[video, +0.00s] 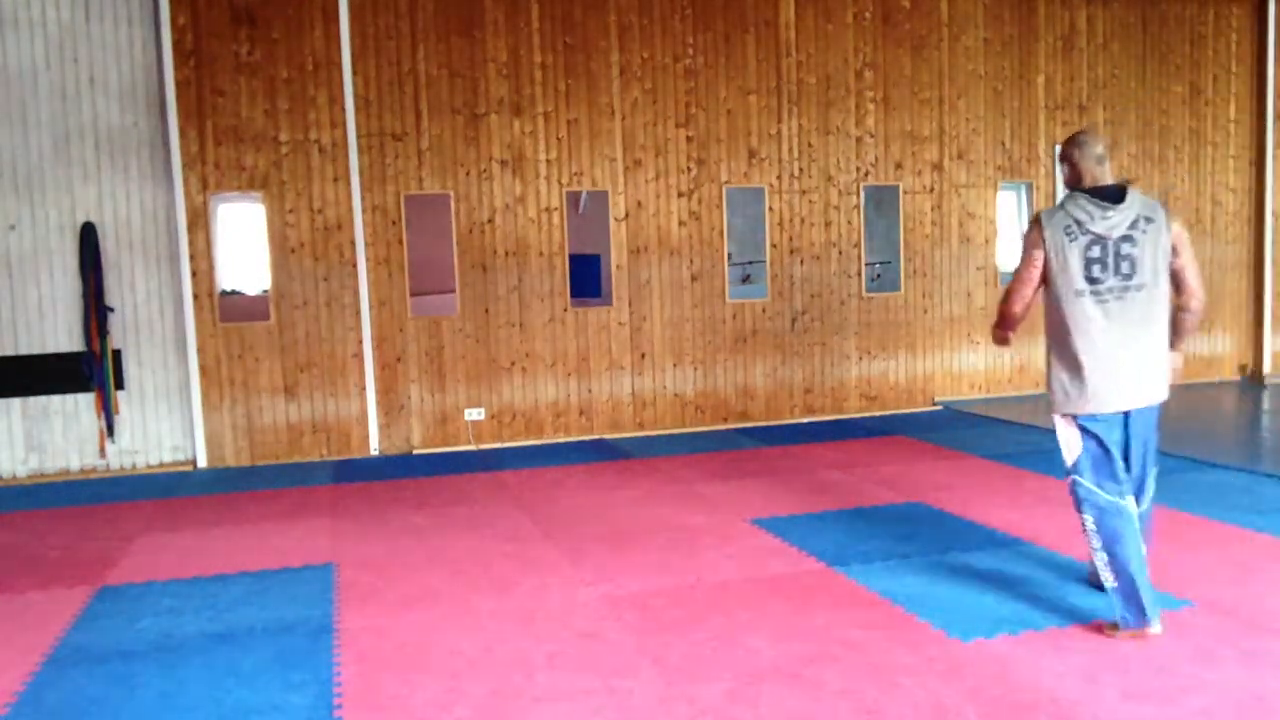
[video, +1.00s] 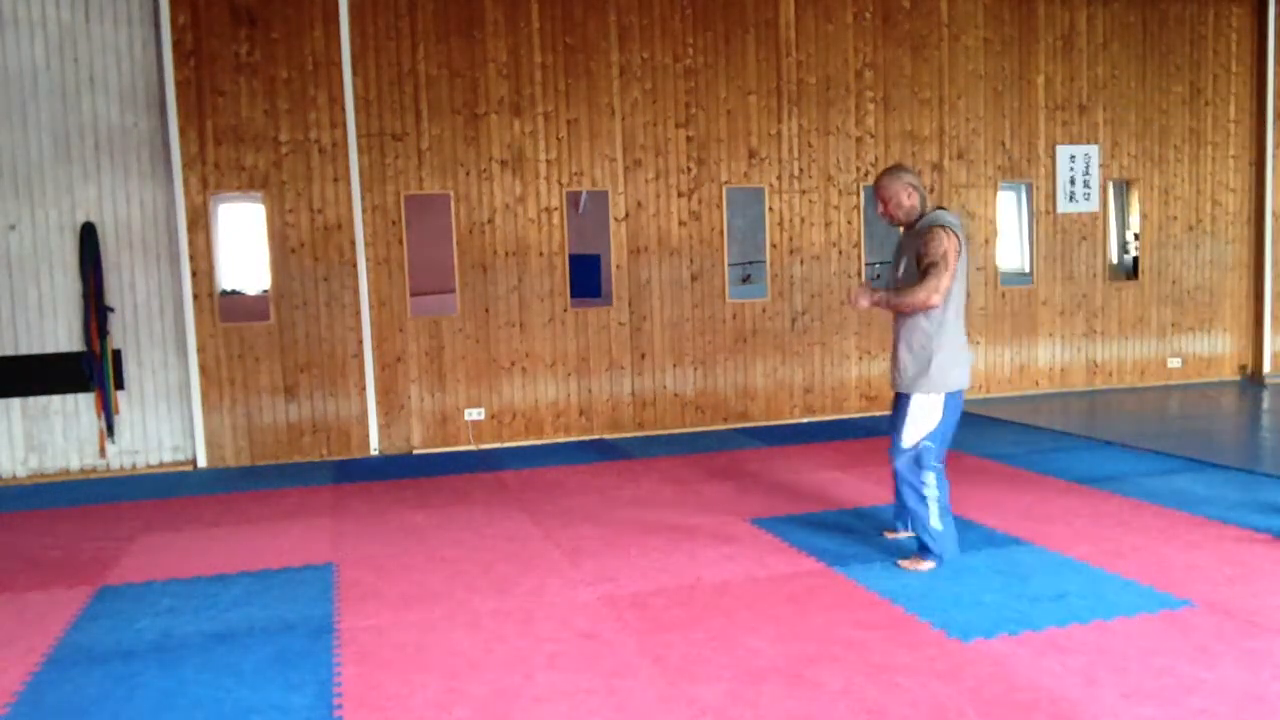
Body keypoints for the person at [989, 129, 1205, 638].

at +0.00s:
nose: (1063, 173)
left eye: (1063, 165)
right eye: (1067, 164)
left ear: (1068, 168)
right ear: (1111, 164)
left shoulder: (1050, 225)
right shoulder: (1160, 217)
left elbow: (1016, 305)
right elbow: (1193, 301)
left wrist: (1003, 330)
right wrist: (1174, 343)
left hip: (1085, 384)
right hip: (1147, 379)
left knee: (1102, 494)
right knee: (1138, 486)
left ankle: (1141, 613)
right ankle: (1115, 572)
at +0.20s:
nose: (1036, 178)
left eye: (1037, 171)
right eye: (1037, 170)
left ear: (1046, 172)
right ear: (1082, 170)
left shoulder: (1036, 221)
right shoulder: (1125, 221)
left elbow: (1008, 298)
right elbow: (1141, 291)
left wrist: (977, 324)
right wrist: (1097, 298)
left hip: (1056, 373)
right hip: (1114, 371)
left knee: (1015, 456)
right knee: (1113, 479)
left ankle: (1070, 550)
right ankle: (1111, 575)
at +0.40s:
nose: (989, 191)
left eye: (989, 182)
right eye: (988, 182)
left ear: (1002, 181)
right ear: (1032, 176)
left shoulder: (1009, 227)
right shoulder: (1072, 220)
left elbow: (979, 294)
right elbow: (1057, 283)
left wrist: (936, 289)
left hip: (1022, 373)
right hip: (1075, 369)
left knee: (983, 460)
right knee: (1090, 471)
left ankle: (961, 551)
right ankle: (1106, 569)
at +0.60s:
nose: (935, 211)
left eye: (935, 201)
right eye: (933, 202)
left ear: (950, 195)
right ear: (968, 189)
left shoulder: (961, 241)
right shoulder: (1014, 228)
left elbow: (933, 309)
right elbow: (993, 281)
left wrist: (886, 302)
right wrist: (938, 271)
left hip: (976, 376)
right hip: (1020, 371)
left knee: (951, 466)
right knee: (1022, 458)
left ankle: (944, 557)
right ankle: (1071, 529)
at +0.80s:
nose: (894, 216)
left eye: (894, 207)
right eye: (891, 207)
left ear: (910, 198)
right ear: (924, 192)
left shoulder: (931, 239)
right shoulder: (966, 222)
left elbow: (922, 308)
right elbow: (960, 289)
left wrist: (877, 306)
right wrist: (910, 288)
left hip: (948, 371)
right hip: (977, 362)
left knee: (935, 463)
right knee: (956, 451)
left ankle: (938, 554)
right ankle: (972, 513)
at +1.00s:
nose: (883, 213)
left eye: (886, 202)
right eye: (880, 205)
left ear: (910, 193)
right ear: (905, 197)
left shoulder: (939, 231)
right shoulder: (912, 236)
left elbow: (932, 294)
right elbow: (913, 292)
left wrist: (879, 297)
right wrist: (879, 294)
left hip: (937, 373)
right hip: (915, 369)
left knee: (915, 457)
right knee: (907, 452)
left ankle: (937, 548)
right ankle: (912, 521)